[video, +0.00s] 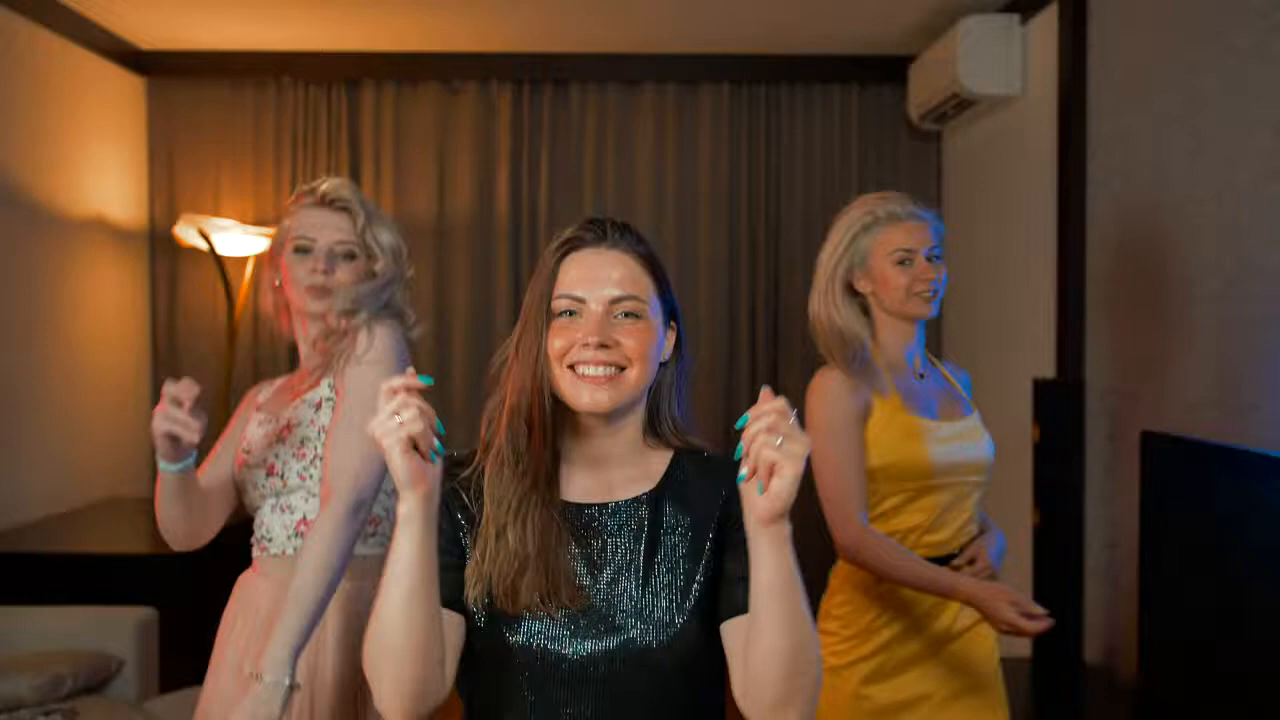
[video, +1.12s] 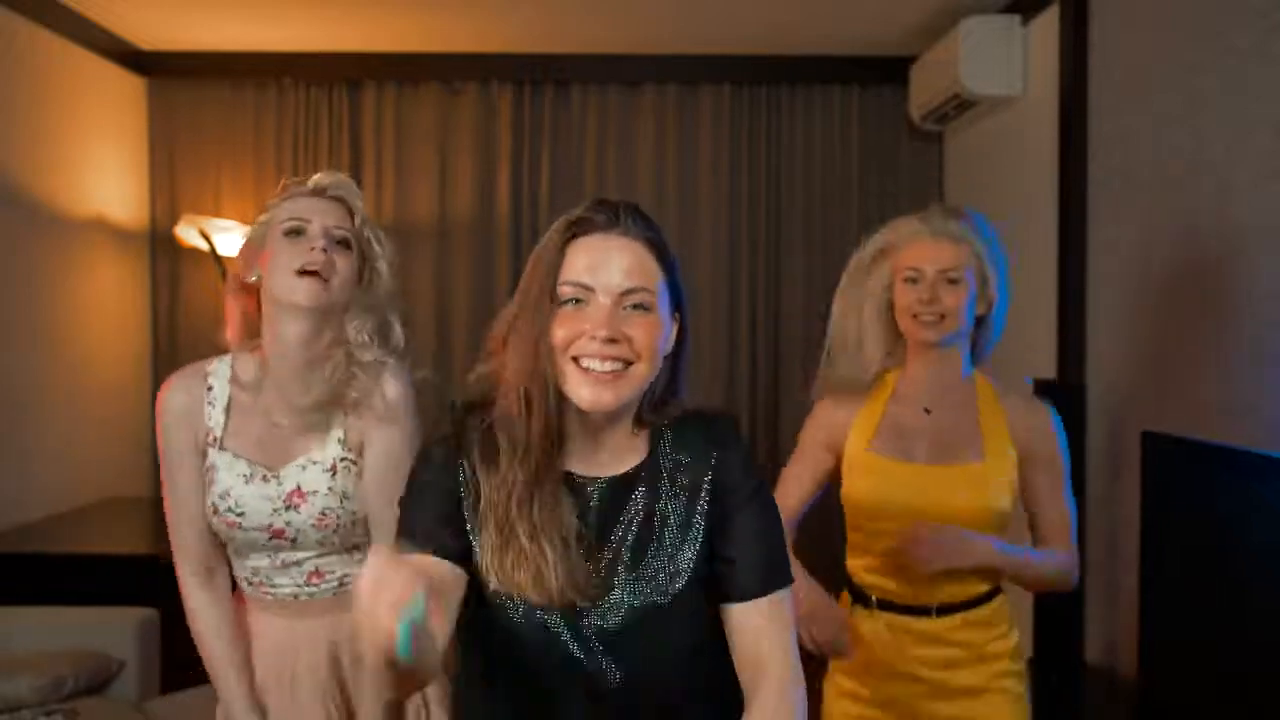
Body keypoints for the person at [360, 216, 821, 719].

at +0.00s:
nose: (595, 335)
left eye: (626, 313)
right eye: (567, 313)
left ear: (667, 343)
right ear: (536, 339)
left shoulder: (719, 494)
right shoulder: (473, 496)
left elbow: (778, 705)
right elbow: (401, 698)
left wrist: (769, 528)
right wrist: (416, 500)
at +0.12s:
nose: (597, 306)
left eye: (628, 285)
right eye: (569, 284)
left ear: (667, 320)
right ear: (535, 313)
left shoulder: (721, 468)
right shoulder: (472, 468)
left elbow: (803, 666)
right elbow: (368, 647)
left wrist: (812, 472)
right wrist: (388, 435)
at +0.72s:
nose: (620, 327)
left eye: (651, 300)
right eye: (593, 302)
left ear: (695, 324)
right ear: (562, 328)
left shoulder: (740, 476)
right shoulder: (510, 461)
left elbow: (778, 641)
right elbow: (413, 609)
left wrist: (814, 443)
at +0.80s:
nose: (610, 352)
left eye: (642, 326)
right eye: (583, 326)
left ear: (684, 348)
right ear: (554, 347)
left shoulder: (736, 495)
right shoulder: (515, 497)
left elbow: (756, 673)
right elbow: (430, 675)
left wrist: (801, 524)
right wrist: (499, 472)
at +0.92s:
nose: (602, 381)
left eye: (635, 356)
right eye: (576, 351)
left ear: (671, 380)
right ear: (541, 370)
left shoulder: (725, 504)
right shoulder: (485, 521)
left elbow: (744, 673)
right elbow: (445, 709)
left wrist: (755, 697)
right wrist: (515, 546)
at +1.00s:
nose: (601, 368)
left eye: (632, 344)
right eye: (573, 339)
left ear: (668, 368)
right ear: (536, 357)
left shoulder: (715, 488)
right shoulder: (493, 503)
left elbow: (754, 682)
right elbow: (429, 704)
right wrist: (479, 527)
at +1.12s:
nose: (603, 330)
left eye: (636, 304)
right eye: (574, 300)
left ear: (671, 331)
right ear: (534, 320)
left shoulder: (712, 459)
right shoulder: (463, 461)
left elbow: (773, 687)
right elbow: (410, 667)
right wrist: (391, 609)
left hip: (675, 707)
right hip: (513, 708)